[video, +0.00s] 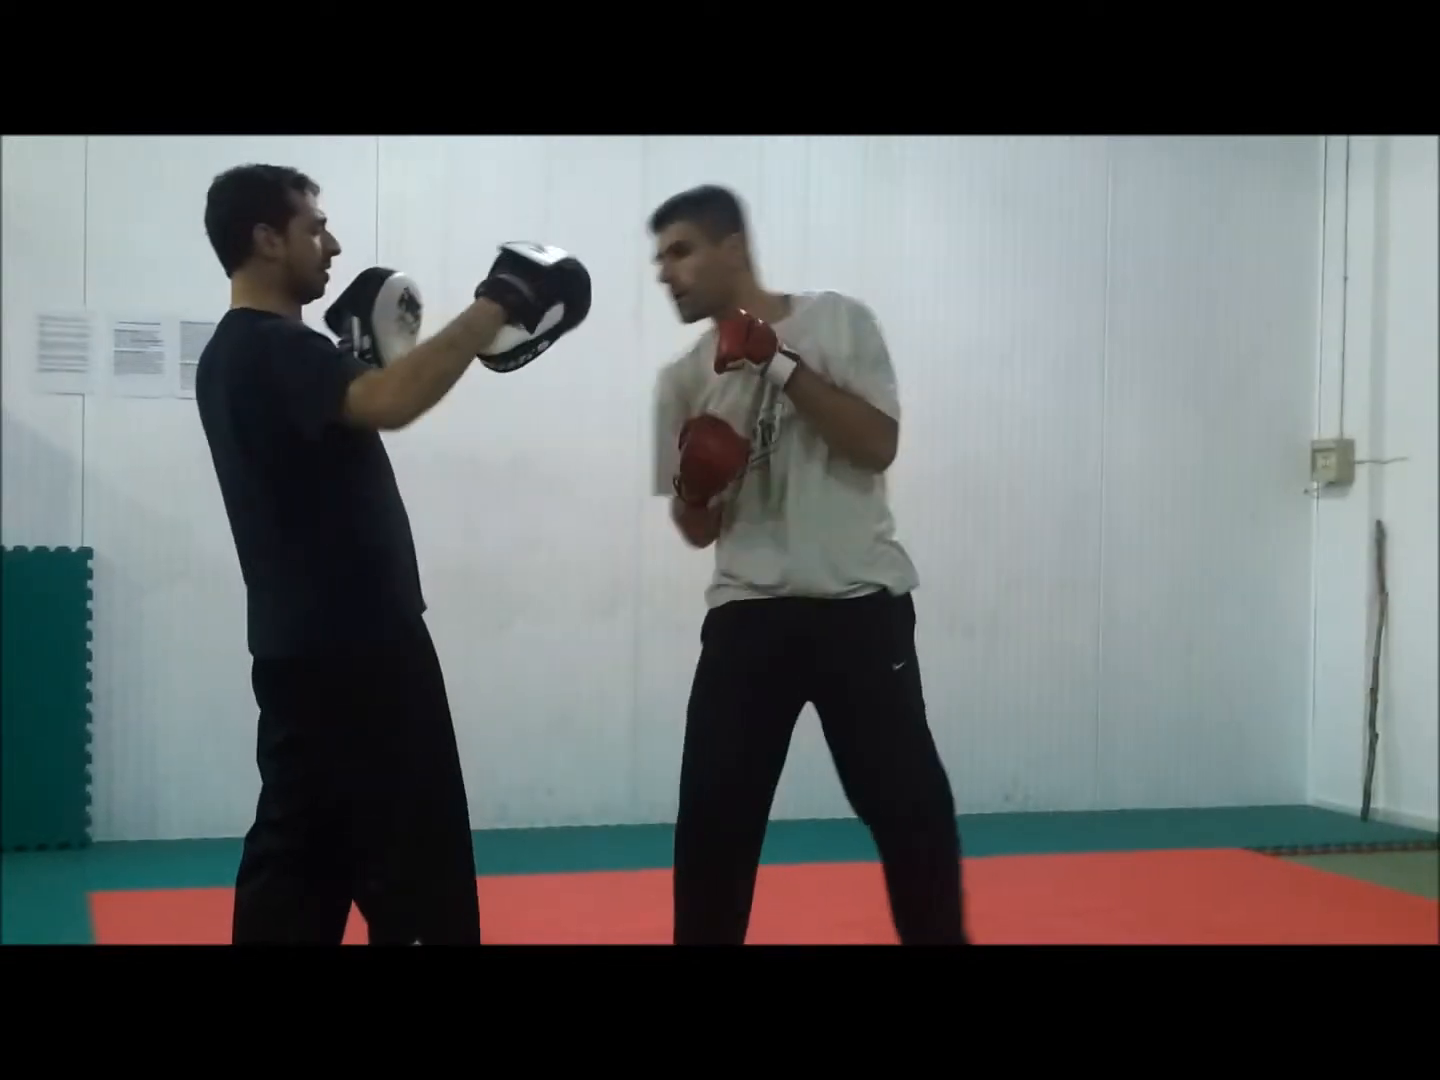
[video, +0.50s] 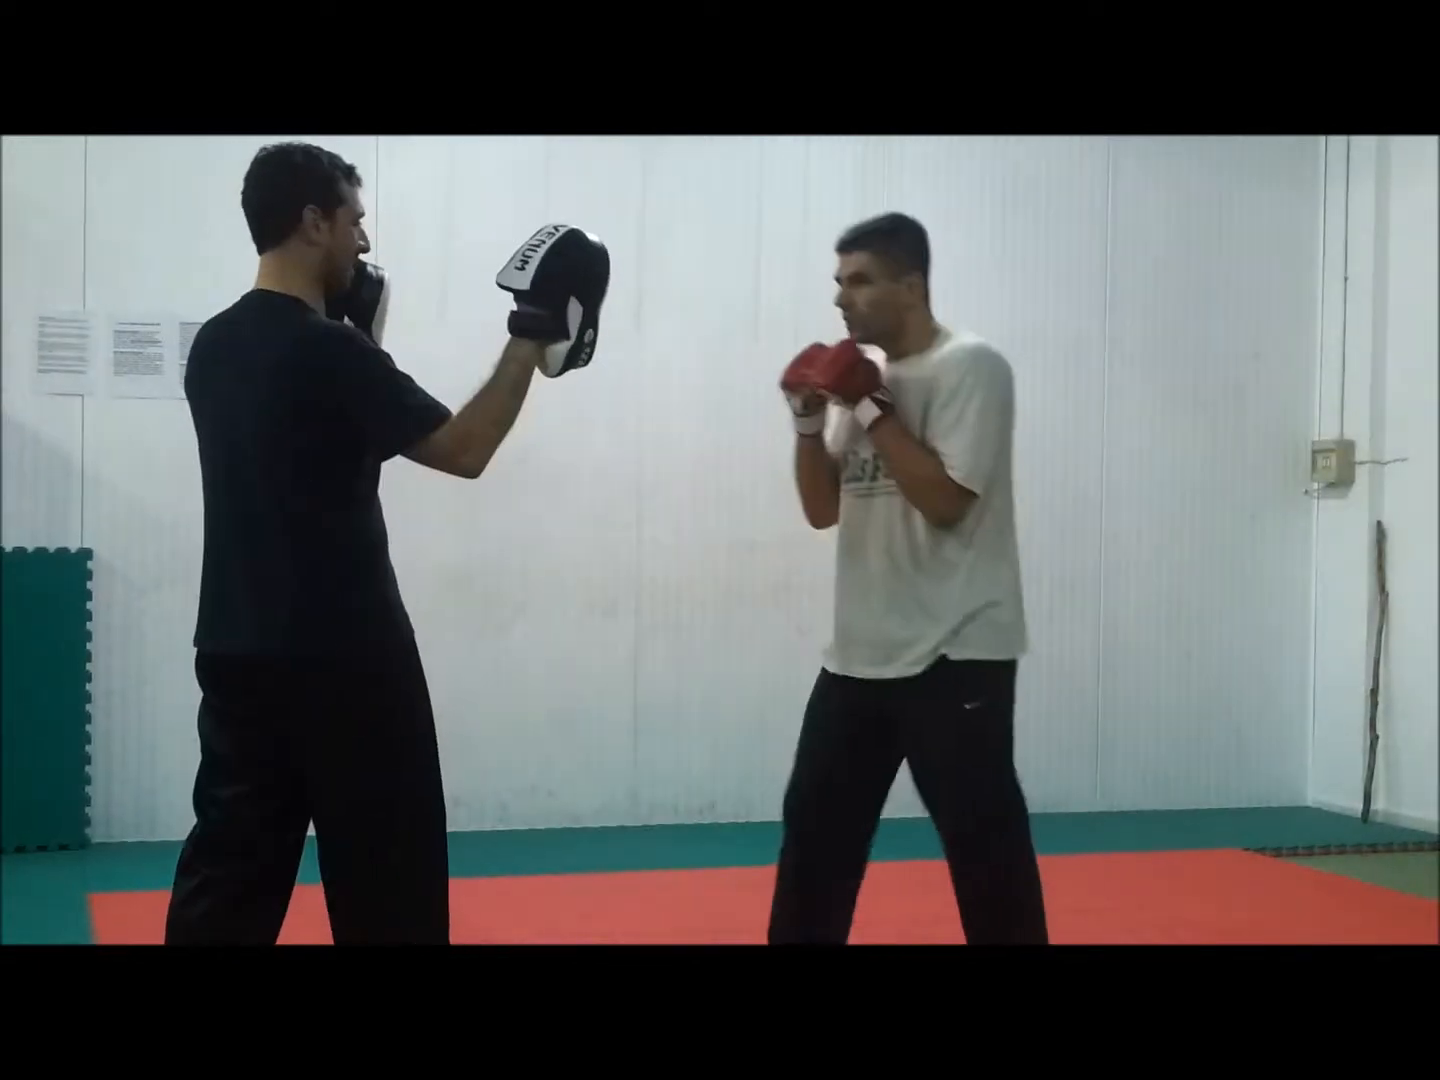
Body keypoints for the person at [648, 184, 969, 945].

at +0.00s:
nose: (664, 272)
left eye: (678, 252)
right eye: (660, 259)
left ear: (733, 247)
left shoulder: (837, 321)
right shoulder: (681, 379)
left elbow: (879, 445)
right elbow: (696, 530)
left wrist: (781, 362)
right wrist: (700, 483)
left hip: (860, 608)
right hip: (748, 612)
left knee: (913, 818)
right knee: (712, 827)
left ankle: (940, 944)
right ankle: (703, 948)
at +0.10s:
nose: (687, 268)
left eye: (702, 249)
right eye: (686, 254)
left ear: (759, 249)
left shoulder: (860, 329)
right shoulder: (709, 374)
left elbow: (883, 457)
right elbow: (717, 521)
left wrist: (785, 373)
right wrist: (712, 488)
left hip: (866, 621)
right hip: (758, 622)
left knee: (924, 823)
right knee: (716, 831)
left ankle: (967, 943)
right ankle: (705, 945)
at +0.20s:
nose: (735, 278)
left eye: (751, 259)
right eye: (736, 261)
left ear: (808, 263)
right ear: (796, 268)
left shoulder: (899, 353)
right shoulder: (768, 378)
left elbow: (906, 491)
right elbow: (785, 526)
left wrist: (809, 405)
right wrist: (745, 507)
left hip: (889, 643)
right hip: (787, 638)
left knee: (935, 834)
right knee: (723, 826)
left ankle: (1001, 945)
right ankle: (711, 945)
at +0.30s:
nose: (769, 287)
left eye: (786, 270)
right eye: (771, 271)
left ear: (844, 277)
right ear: (824, 284)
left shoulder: (930, 376)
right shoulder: (813, 398)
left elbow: (928, 521)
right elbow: (817, 534)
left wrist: (831, 436)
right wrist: (765, 521)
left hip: (914, 665)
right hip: (813, 658)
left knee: (951, 849)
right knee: (733, 836)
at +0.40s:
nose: (811, 265)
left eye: (828, 246)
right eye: (813, 248)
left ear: (885, 255)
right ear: (867, 260)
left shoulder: (957, 359)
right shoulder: (861, 375)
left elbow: (957, 508)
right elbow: (877, 510)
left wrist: (863, 414)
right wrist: (815, 482)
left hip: (952, 651)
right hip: (858, 642)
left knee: (973, 849)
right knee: (768, 830)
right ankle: (727, 943)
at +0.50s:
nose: (840, 299)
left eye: (855, 282)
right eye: (838, 283)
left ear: (911, 284)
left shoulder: (976, 368)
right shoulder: (859, 383)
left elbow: (947, 501)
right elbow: (823, 511)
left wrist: (870, 406)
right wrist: (806, 421)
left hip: (958, 658)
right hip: (860, 658)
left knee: (991, 865)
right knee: (814, 853)